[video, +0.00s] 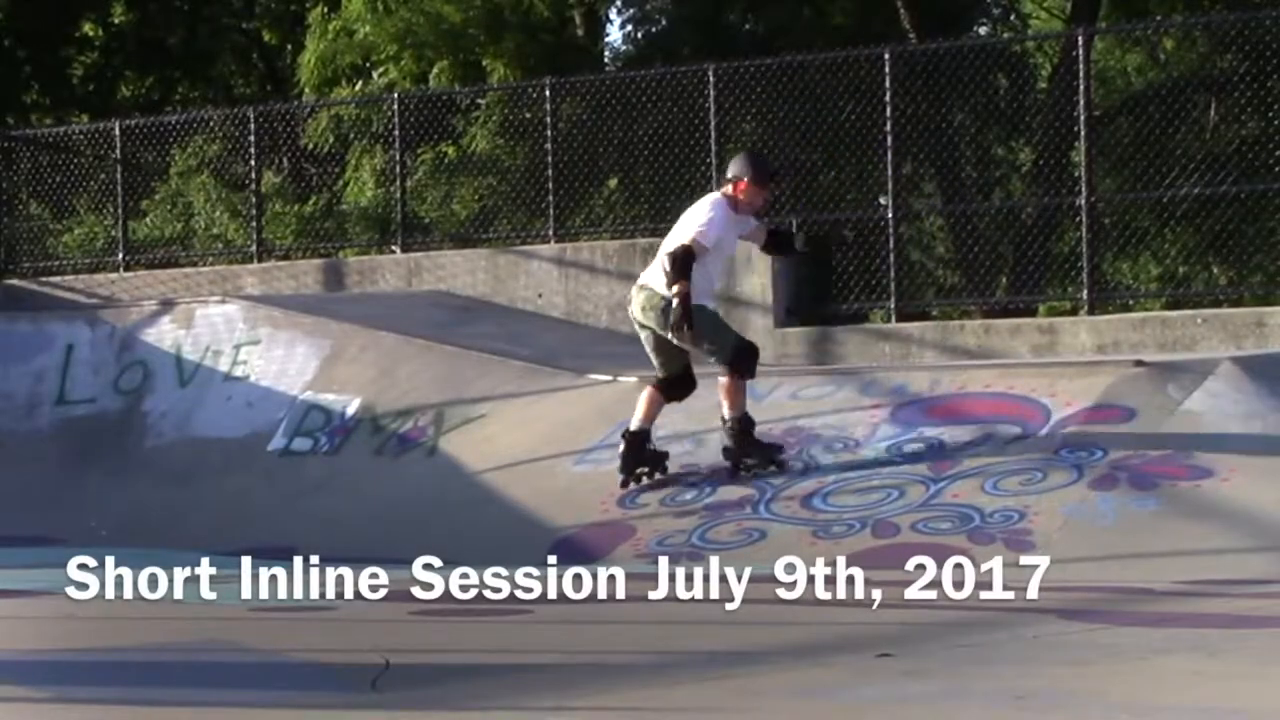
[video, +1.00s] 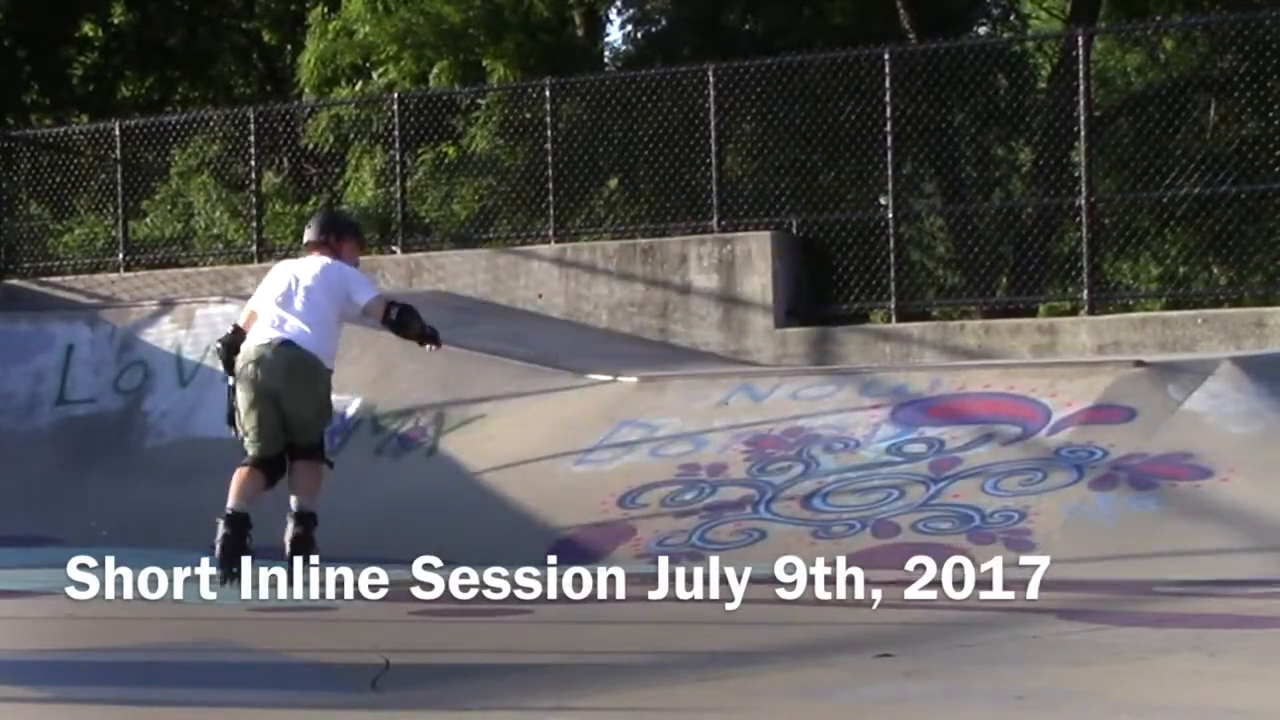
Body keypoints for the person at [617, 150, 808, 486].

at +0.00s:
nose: (766, 196)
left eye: (767, 188)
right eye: (761, 187)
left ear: (741, 187)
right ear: (738, 186)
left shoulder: (736, 216)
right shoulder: (716, 211)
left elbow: (769, 240)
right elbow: (679, 256)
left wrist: (796, 242)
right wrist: (682, 301)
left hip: (647, 299)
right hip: (672, 302)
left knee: (675, 379)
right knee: (740, 355)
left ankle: (634, 446)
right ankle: (739, 441)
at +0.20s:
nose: (688, 234)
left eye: (690, 226)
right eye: (687, 225)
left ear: (659, 219)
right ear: (669, 220)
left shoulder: (631, 237)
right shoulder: (649, 241)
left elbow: (672, 265)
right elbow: (657, 275)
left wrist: (702, 272)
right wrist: (697, 281)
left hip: (562, 332)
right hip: (593, 334)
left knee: (580, 422)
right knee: (656, 383)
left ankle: (536, 485)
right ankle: (657, 465)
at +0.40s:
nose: (595, 271)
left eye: (597, 264)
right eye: (594, 263)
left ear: (559, 253)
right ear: (573, 256)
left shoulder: (524, 274)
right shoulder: (563, 276)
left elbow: (501, 305)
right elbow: (595, 297)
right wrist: (648, 291)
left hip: (472, 365)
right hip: (510, 368)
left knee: (488, 459)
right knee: (550, 430)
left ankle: (441, 518)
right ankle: (548, 512)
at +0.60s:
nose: (507, 280)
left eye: (509, 273)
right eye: (507, 272)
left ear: (470, 258)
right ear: (493, 262)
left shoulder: (434, 280)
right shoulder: (486, 283)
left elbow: (382, 321)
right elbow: (523, 322)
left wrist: (388, 354)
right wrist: (566, 344)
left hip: (392, 359)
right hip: (433, 363)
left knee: (397, 457)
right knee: (451, 445)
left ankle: (355, 523)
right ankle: (437, 531)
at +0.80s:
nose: (427, 281)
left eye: (429, 276)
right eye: (426, 274)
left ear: (384, 260)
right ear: (413, 264)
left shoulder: (354, 282)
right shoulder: (415, 288)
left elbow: (299, 332)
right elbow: (460, 322)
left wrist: (287, 373)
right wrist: (502, 339)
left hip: (314, 361)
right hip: (363, 367)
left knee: (324, 460)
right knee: (372, 450)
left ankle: (286, 524)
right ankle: (354, 532)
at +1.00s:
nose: (358, 257)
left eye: (359, 250)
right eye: (355, 248)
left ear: (310, 244)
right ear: (336, 244)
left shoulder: (278, 272)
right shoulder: (341, 273)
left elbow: (231, 342)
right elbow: (395, 316)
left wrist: (236, 393)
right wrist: (425, 335)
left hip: (250, 360)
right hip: (301, 362)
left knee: (261, 458)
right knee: (307, 455)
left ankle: (230, 532)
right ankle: (300, 536)